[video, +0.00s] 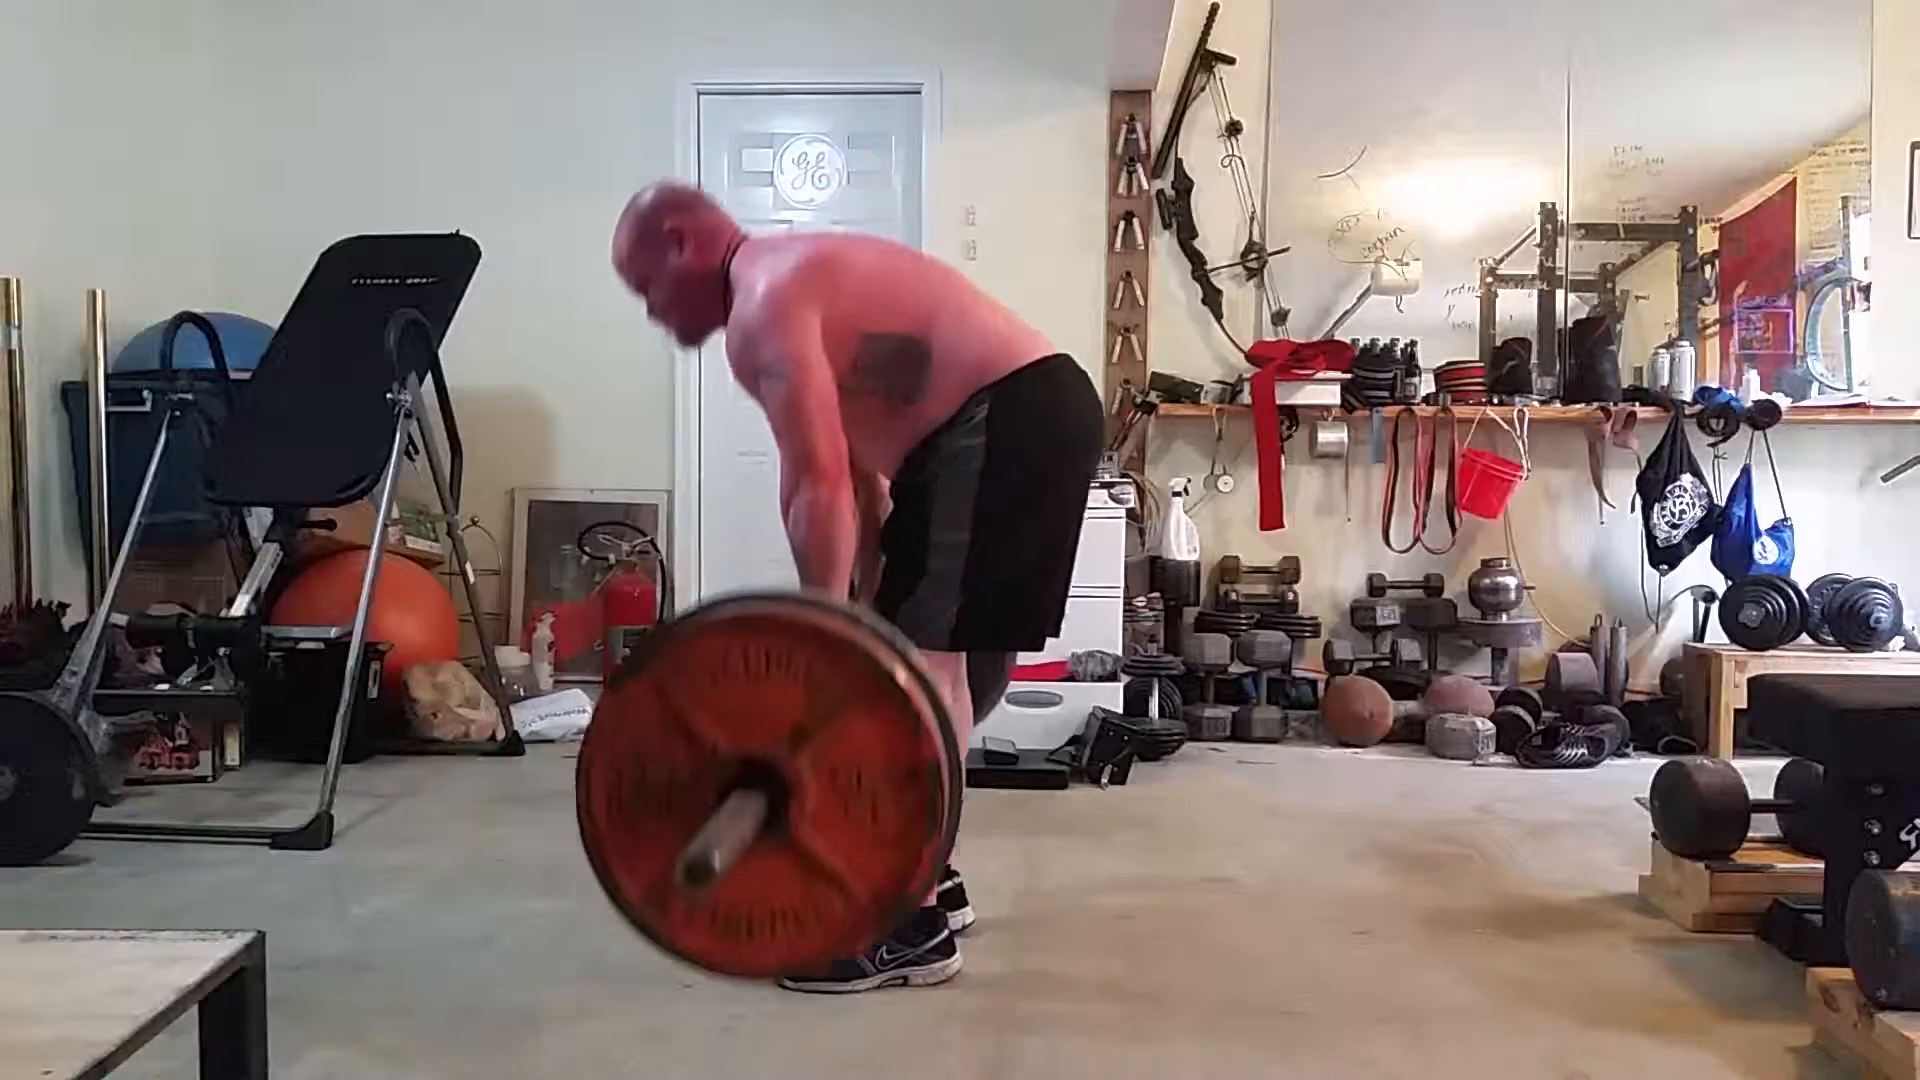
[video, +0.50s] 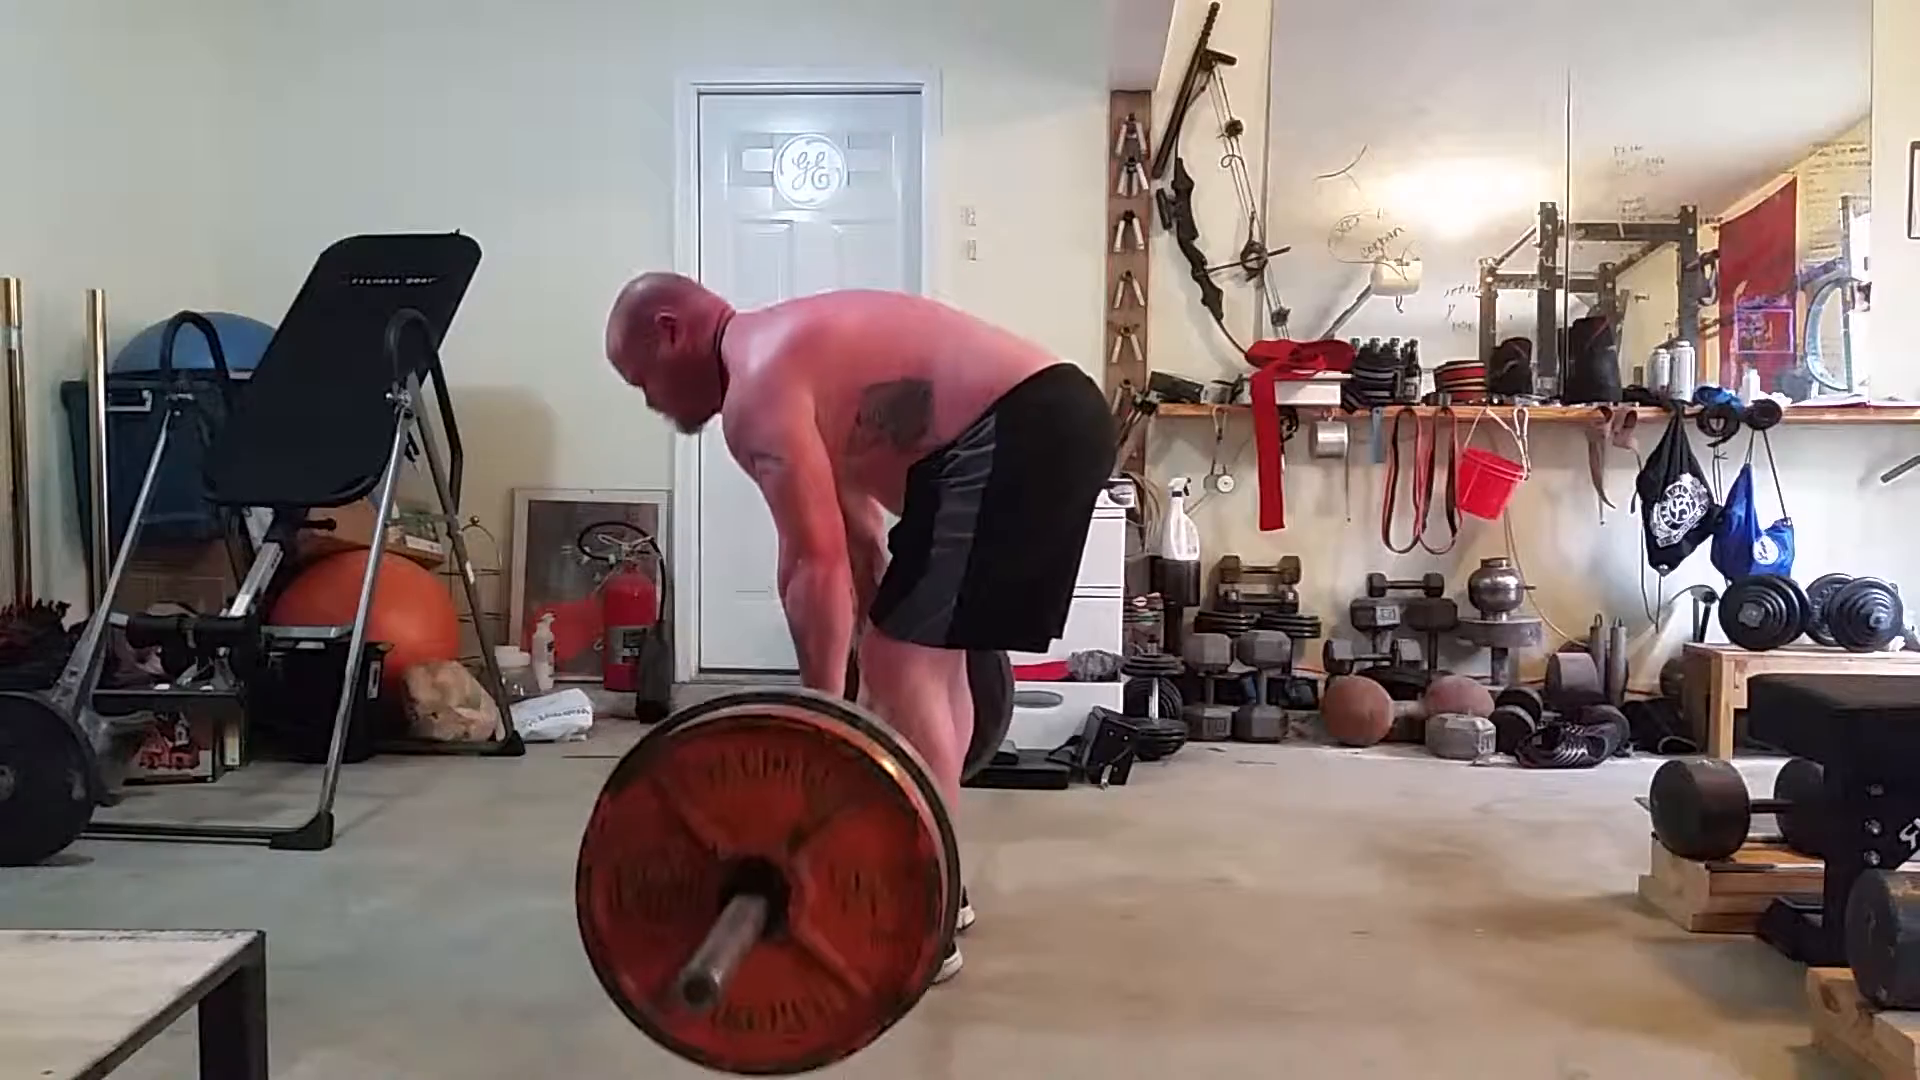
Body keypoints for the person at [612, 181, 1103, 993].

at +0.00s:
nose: (652, 313)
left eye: (648, 289)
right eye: (642, 297)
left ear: (688, 245)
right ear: (696, 242)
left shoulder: (768, 301)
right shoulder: (781, 291)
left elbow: (819, 486)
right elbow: (863, 490)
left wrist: (815, 655)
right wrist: (844, 640)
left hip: (1004, 419)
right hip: (982, 423)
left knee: (922, 662)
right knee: (918, 660)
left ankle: (905, 920)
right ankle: (920, 881)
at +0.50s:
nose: (647, 401)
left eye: (641, 379)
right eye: (636, 387)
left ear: (675, 334)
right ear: (683, 328)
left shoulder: (761, 389)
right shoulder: (783, 360)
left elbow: (817, 560)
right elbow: (861, 545)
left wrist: (818, 725)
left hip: (1012, 431)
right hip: (1036, 420)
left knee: (895, 658)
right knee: (926, 658)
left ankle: (922, 911)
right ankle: (935, 890)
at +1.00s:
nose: (696, 164)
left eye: (706, 140)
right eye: (696, 143)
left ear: (757, 130)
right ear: (773, 134)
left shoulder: (814, 204)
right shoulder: (827, 202)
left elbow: (851, 385)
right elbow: (835, 390)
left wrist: (829, 557)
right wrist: (827, 551)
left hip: (997, 412)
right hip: (969, 413)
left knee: (929, 657)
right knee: (917, 648)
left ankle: (914, 918)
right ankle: (919, 883)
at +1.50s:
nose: (855, 11)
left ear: (913, 8)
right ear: (938, 15)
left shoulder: (928, 90)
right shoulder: (955, 94)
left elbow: (898, 280)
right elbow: (871, 283)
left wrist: (822, 428)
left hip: (933, 404)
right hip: (959, 404)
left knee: (896, 653)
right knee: (915, 650)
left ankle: (909, 919)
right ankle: (925, 880)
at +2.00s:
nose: (658, 215)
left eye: (656, 189)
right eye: (648, 197)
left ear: (701, 155)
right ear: (719, 149)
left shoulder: (779, 218)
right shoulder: (798, 206)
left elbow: (826, 397)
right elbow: (839, 396)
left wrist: (811, 571)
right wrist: (823, 568)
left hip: (971, 409)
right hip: (970, 408)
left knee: (913, 656)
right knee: (922, 651)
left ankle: (909, 916)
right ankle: (923, 878)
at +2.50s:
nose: (649, 408)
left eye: (641, 387)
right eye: (637, 395)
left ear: (673, 337)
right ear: (680, 332)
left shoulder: (760, 392)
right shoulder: (781, 364)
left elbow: (812, 565)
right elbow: (861, 544)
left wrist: (812, 732)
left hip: (1016, 430)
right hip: (1036, 420)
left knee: (897, 658)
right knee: (922, 657)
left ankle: (920, 910)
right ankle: (929, 890)